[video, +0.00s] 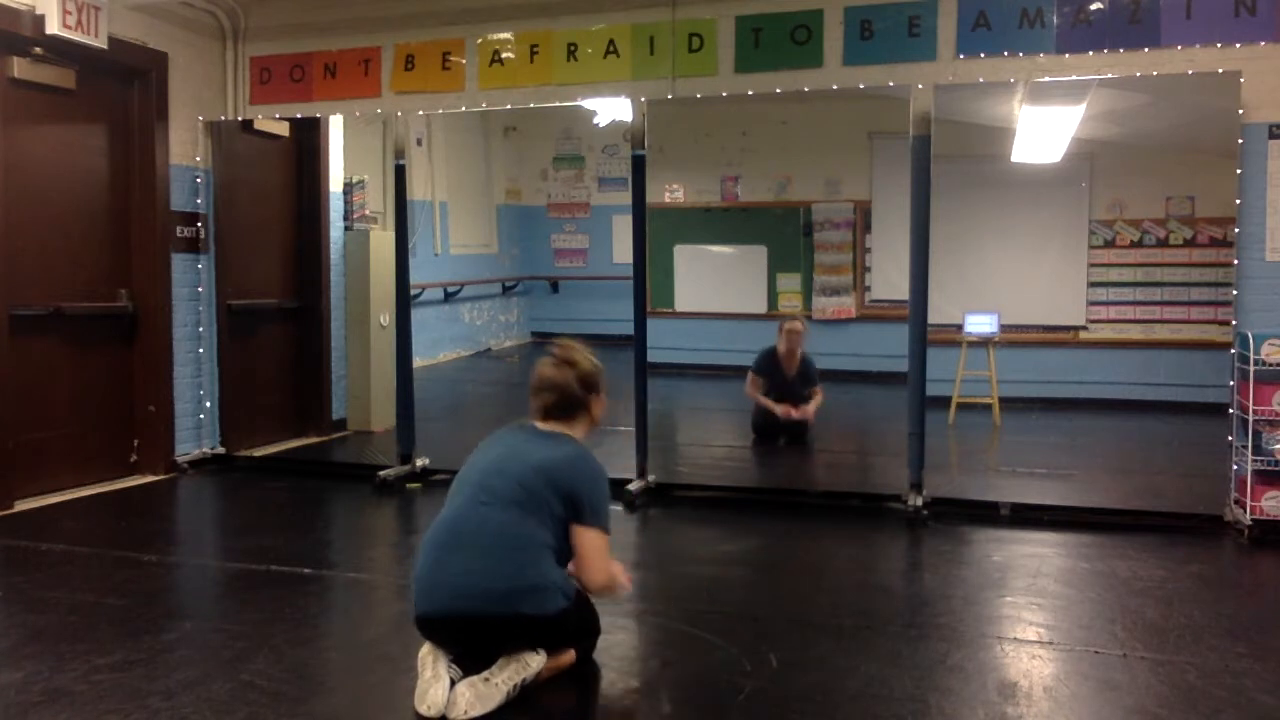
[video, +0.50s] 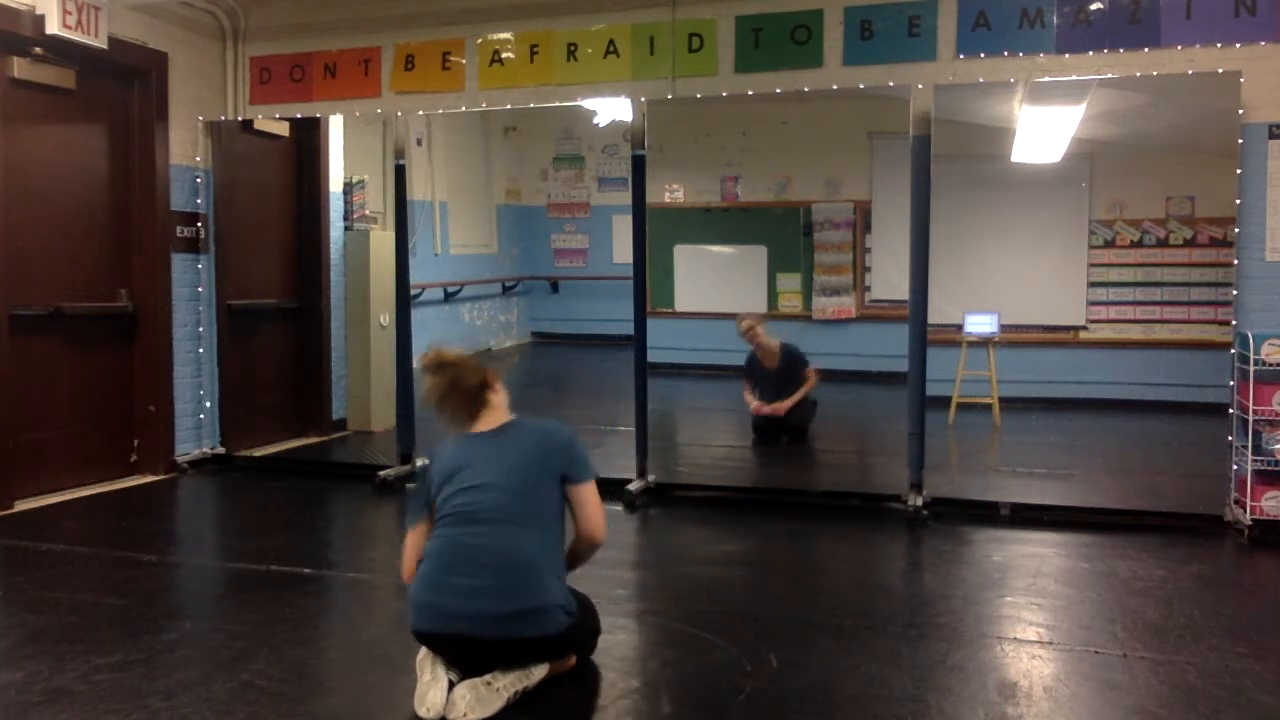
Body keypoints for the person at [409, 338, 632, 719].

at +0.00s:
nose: (604, 405)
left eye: (602, 395)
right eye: (602, 396)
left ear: (537, 398)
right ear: (593, 404)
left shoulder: (496, 443)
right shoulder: (580, 464)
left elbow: (502, 537)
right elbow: (594, 577)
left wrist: (573, 565)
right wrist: (613, 576)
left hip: (437, 597)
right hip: (520, 598)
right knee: (582, 632)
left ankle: (442, 663)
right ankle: (512, 676)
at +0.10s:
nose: (581, 384)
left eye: (578, 374)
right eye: (578, 375)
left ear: (516, 386)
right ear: (569, 385)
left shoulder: (479, 442)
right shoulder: (574, 457)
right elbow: (579, 556)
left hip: (431, 620)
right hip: (517, 618)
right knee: (583, 625)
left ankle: (443, 671)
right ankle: (502, 686)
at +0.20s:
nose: (556, 369)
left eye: (551, 361)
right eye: (552, 362)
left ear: (491, 385)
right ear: (544, 375)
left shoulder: (462, 440)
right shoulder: (565, 446)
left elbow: (408, 524)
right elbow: (566, 539)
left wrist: (466, 527)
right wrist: (548, 557)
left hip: (430, 625)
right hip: (518, 625)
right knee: (583, 620)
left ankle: (444, 676)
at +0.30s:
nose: (533, 363)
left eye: (529, 356)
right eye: (529, 357)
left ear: (474, 383)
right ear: (522, 365)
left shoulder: (449, 442)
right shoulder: (559, 437)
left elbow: (405, 530)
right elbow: (570, 528)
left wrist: (462, 531)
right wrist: (552, 559)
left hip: (432, 625)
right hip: (522, 624)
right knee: (583, 619)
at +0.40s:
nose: (519, 373)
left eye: (513, 368)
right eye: (515, 368)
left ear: (459, 390)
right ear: (508, 371)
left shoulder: (440, 450)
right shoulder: (555, 435)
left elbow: (404, 545)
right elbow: (586, 523)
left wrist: (457, 532)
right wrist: (552, 562)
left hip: (436, 626)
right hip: (528, 624)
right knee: (583, 617)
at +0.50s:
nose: (502, 385)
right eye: (498, 382)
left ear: (450, 408)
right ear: (494, 385)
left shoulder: (441, 457)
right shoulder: (555, 438)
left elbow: (410, 572)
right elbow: (593, 533)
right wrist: (555, 568)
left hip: (437, 624)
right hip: (531, 620)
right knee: (583, 615)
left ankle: (447, 673)